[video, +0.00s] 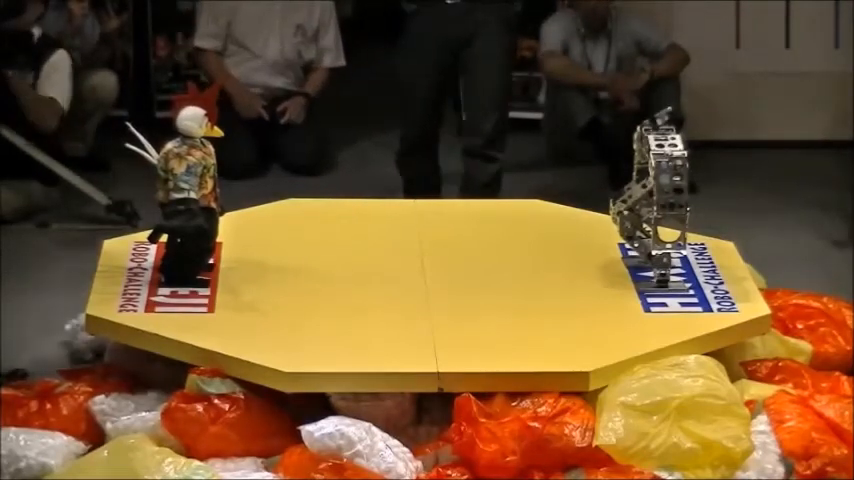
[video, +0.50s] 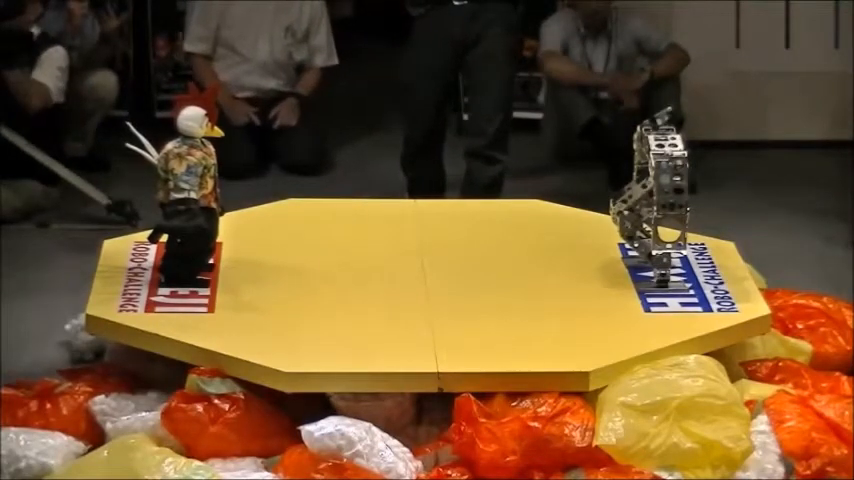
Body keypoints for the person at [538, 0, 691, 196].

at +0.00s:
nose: (595, 7)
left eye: (601, 2)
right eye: (588, 2)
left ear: (610, 4)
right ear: (574, 5)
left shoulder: (626, 23)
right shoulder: (559, 25)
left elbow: (679, 56)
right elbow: (552, 65)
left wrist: (646, 74)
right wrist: (608, 82)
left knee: (666, 83)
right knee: (564, 85)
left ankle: (670, 168)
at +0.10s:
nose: (596, 7)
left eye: (602, 3)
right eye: (590, 3)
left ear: (610, 5)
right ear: (574, 6)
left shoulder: (626, 23)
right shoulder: (558, 25)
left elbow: (679, 56)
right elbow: (552, 66)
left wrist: (646, 74)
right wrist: (608, 82)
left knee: (666, 82)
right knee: (563, 85)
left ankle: (669, 167)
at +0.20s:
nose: (596, 14)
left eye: (601, 9)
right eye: (589, 9)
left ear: (610, 6)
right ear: (574, 7)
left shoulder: (628, 23)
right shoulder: (558, 25)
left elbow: (679, 56)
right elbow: (552, 66)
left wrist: (645, 75)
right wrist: (609, 81)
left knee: (666, 79)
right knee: (561, 82)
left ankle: (668, 165)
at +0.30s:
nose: (596, 9)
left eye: (602, 5)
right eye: (589, 5)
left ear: (611, 6)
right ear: (574, 6)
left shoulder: (628, 25)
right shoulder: (558, 25)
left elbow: (679, 56)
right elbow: (552, 66)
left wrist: (644, 76)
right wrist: (609, 82)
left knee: (666, 79)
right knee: (560, 81)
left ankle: (667, 164)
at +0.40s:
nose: (596, 9)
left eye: (602, 5)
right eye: (589, 5)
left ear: (610, 6)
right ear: (574, 6)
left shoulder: (628, 25)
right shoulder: (558, 25)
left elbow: (679, 56)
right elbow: (552, 66)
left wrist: (644, 76)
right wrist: (609, 82)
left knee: (666, 79)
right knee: (561, 81)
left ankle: (667, 164)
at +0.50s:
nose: (597, 8)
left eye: (602, 4)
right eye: (589, 4)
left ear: (610, 5)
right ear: (574, 5)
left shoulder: (628, 25)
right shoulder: (559, 24)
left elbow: (679, 56)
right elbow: (552, 65)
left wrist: (644, 76)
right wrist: (609, 81)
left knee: (666, 80)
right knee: (561, 82)